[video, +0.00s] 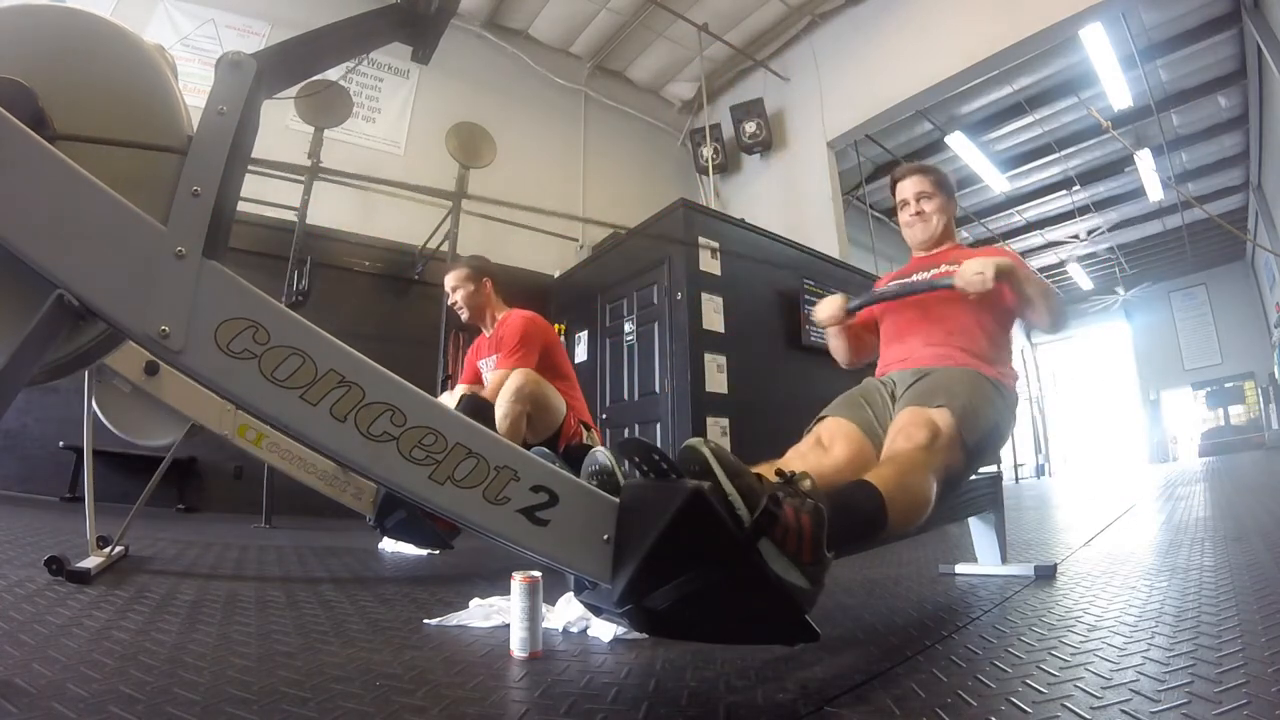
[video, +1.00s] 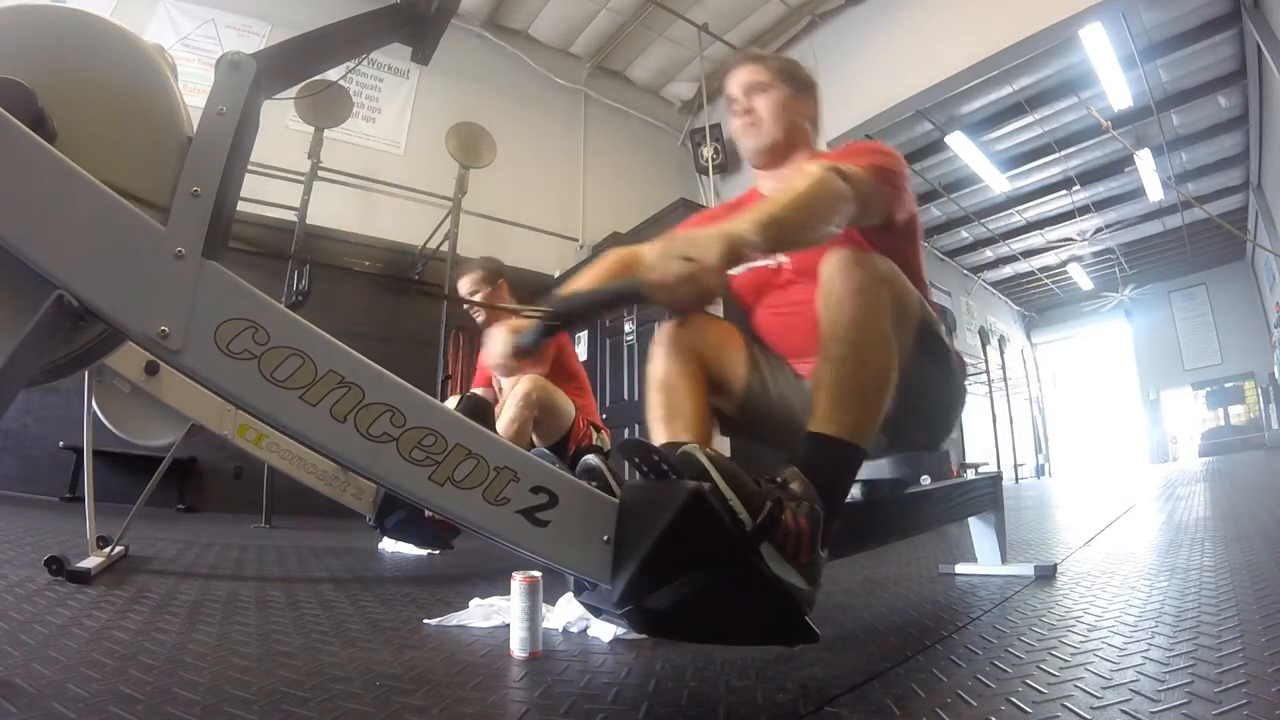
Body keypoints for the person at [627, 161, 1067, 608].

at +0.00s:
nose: (914, 208)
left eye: (925, 197)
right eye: (904, 203)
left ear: (951, 206)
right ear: (897, 220)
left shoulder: (990, 258)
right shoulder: (889, 282)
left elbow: (1047, 317)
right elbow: (853, 356)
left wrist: (1009, 267)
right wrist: (835, 325)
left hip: (962, 374)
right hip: (886, 382)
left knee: (915, 437)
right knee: (822, 445)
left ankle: (820, 529)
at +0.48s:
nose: (883, 182)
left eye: (894, 170)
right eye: (873, 178)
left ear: (925, 179)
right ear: (867, 194)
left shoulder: (970, 235)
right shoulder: (854, 269)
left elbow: (1016, 275)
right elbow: (808, 318)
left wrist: (970, 292)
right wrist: (769, 343)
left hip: (966, 374)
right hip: (882, 385)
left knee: (910, 413)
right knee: (805, 424)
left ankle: (828, 517)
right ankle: (693, 488)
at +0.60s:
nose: (863, 170)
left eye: (876, 157)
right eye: (853, 165)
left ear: (910, 165)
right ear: (847, 182)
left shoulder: (959, 223)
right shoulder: (837, 260)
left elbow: (967, 264)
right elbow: (786, 301)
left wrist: (930, 301)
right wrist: (733, 345)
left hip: (968, 388)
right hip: (879, 395)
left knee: (909, 381)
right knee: (786, 408)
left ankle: (822, 514)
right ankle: (703, 502)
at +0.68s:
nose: (839, 156)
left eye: (851, 142)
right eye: (828, 149)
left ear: (886, 150)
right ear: (823, 163)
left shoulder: (941, 208)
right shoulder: (814, 248)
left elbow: (934, 245)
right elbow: (756, 287)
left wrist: (891, 290)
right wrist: (687, 338)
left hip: (957, 400)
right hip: (866, 403)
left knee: (903, 358)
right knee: (767, 379)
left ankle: (819, 508)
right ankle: (707, 495)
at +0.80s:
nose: (807, 140)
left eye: (821, 124)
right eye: (797, 134)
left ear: (862, 135)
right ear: (793, 152)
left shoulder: (917, 191)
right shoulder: (790, 237)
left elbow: (903, 229)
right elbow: (720, 276)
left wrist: (847, 268)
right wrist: (639, 325)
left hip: (942, 396)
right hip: (839, 398)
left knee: (889, 319)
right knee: (735, 362)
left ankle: (814, 516)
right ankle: (693, 496)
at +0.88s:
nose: (772, 125)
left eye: (788, 109)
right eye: (762, 120)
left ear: (834, 120)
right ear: (760, 143)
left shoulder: (895, 176)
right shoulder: (755, 229)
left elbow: (868, 209)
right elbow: (679, 269)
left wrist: (795, 254)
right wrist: (587, 323)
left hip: (924, 397)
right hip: (813, 401)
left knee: (873, 291)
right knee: (705, 346)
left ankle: (813, 509)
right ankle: (691, 508)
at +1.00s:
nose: (740, 107)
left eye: (757, 91)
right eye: (730, 104)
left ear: (806, 104)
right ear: (727, 132)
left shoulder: (873, 162)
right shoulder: (717, 220)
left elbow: (828, 195)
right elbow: (633, 259)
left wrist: (725, 243)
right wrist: (544, 318)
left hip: (902, 401)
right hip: (784, 408)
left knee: (851, 267)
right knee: (676, 333)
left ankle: (810, 512)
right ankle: (683, 514)